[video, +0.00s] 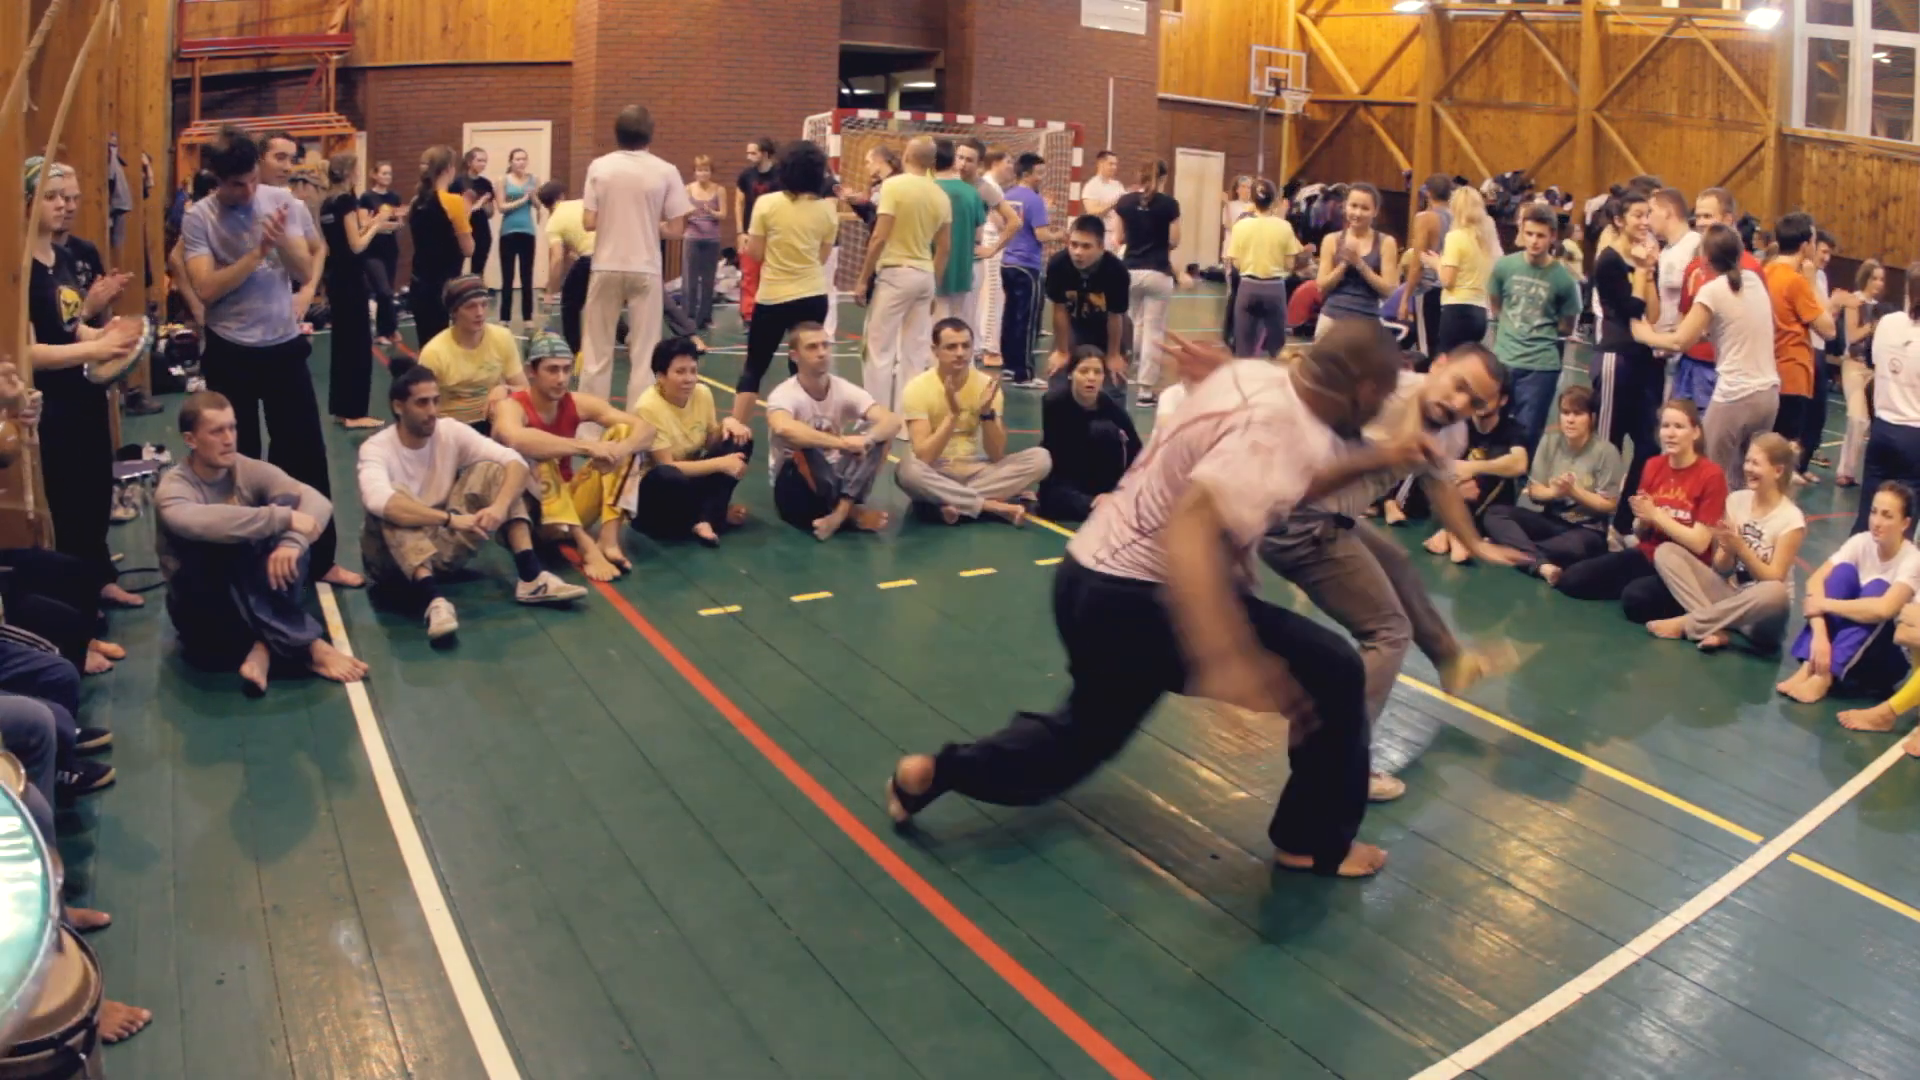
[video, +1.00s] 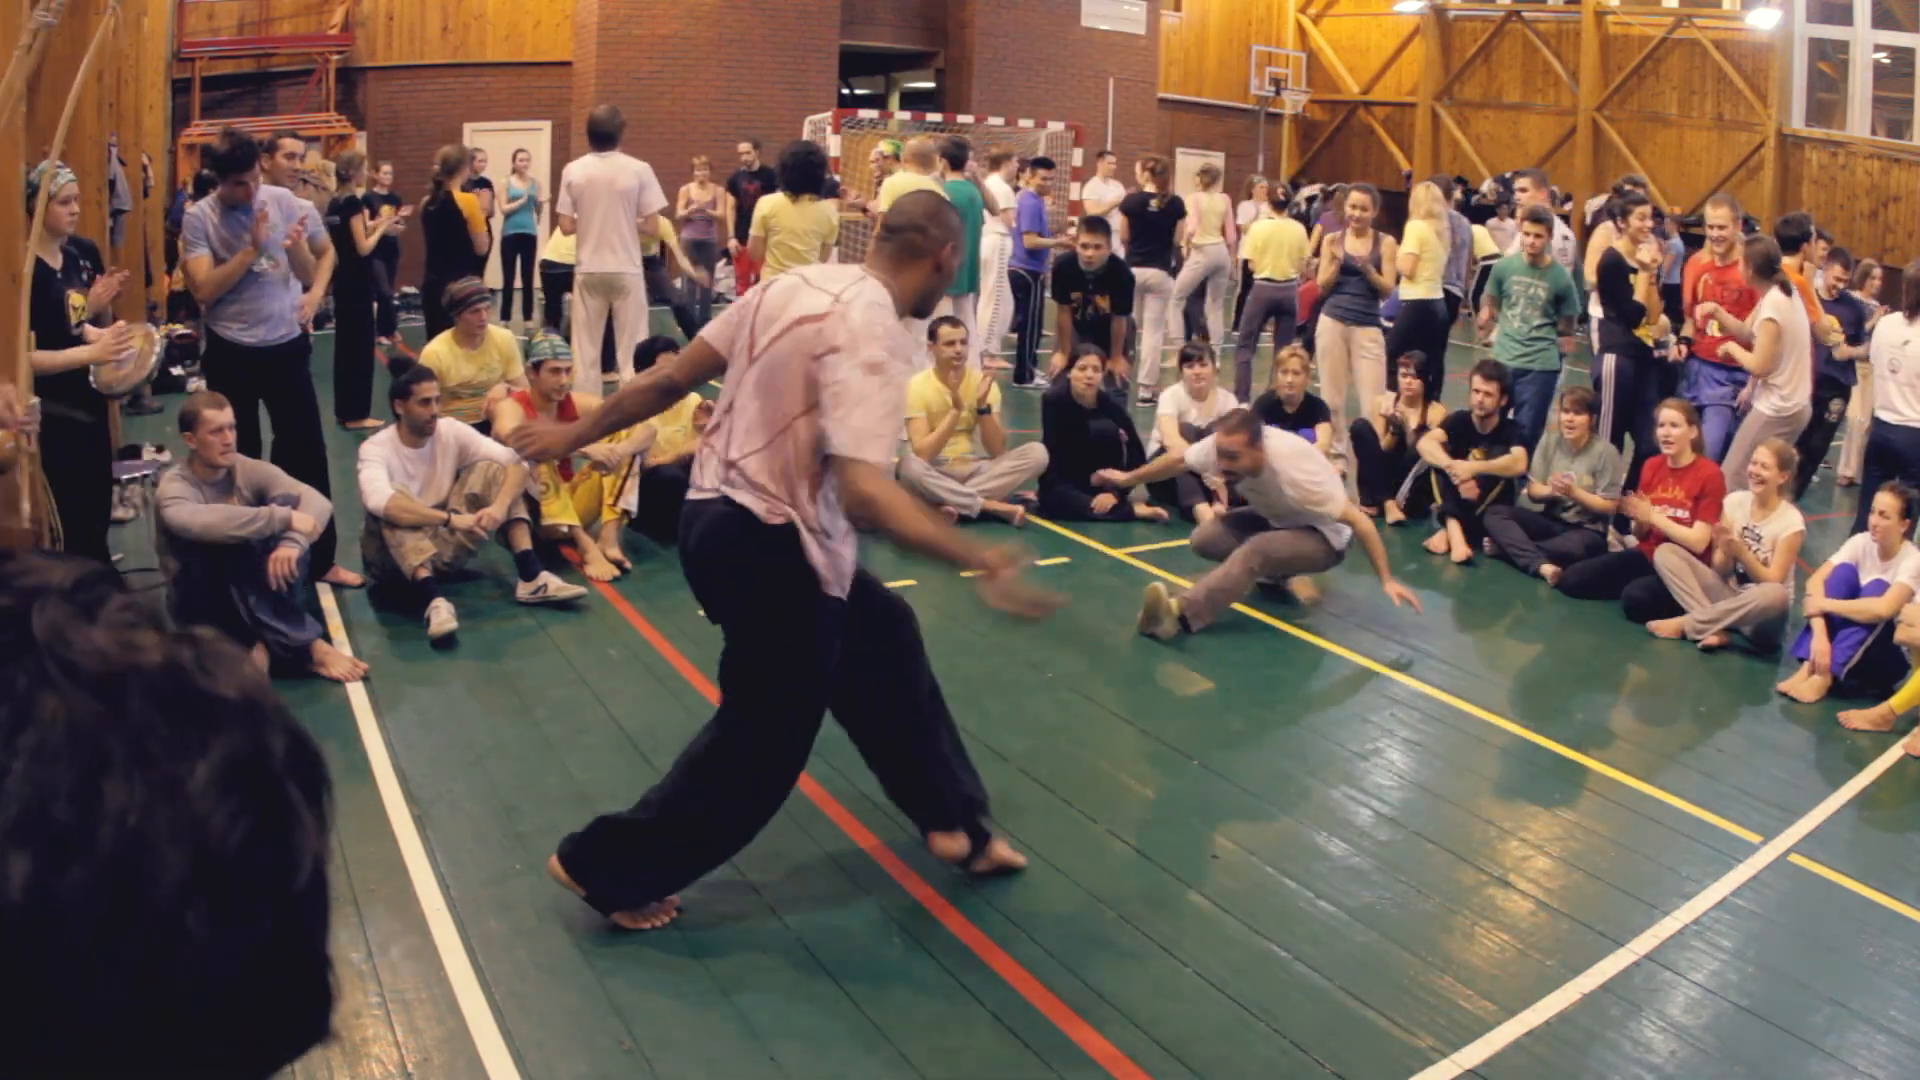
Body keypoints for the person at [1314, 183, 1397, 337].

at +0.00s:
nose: (1357, 213)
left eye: (1364, 208)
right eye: (1353, 206)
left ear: (1375, 213)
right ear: (1345, 207)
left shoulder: (1386, 243)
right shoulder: (1331, 240)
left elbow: (1389, 289)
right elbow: (1322, 285)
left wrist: (1359, 263)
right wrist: (1343, 264)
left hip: (1367, 317)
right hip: (1332, 314)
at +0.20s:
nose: (1358, 214)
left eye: (1365, 209)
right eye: (1354, 207)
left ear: (1375, 213)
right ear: (1345, 207)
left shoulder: (1386, 243)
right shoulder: (1331, 240)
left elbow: (1388, 290)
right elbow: (1322, 286)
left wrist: (1365, 266)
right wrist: (1337, 260)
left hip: (1367, 322)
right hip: (1332, 318)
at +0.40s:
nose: (1357, 213)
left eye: (1364, 209)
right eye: (1353, 207)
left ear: (1375, 213)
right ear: (1345, 208)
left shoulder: (1385, 243)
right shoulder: (1331, 241)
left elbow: (1387, 289)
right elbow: (1323, 285)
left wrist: (1359, 262)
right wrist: (1345, 265)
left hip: (1368, 321)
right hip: (1333, 318)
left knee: (1372, 397)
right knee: (1332, 396)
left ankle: (1371, 458)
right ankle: (1334, 456)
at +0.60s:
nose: (1357, 213)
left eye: (1364, 209)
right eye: (1353, 207)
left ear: (1375, 212)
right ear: (1345, 208)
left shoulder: (1385, 243)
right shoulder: (1332, 240)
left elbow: (1388, 288)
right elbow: (1321, 285)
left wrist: (1367, 267)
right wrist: (1336, 260)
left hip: (1367, 323)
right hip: (1332, 319)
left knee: (1372, 394)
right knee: (1333, 393)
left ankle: (1372, 460)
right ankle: (1337, 457)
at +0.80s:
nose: (1357, 214)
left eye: (1363, 209)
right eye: (1352, 207)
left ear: (1374, 212)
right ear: (1345, 208)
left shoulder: (1385, 242)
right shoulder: (1331, 240)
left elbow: (1387, 288)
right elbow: (1322, 286)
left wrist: (1360, 265)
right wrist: (1344, 265)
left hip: (1367, 323)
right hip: (1332, 320)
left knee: (1372, 395)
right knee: (1333, 394)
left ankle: (1371, 461)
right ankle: (1336, 457)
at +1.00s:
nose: (1356, 214)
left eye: (1363, 209)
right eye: (1352, 208)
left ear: (1374, 212)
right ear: (1345, 209)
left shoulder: (1386, 243)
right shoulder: (1332, 240)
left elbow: (1388, 287)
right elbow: (1323, 284)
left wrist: (1366, 267)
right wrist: (1335, 264)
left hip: (1367, 322)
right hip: (1333, 318)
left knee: (1373, 397)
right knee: (1333, 396)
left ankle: (1372, 462)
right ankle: (1336, 457)